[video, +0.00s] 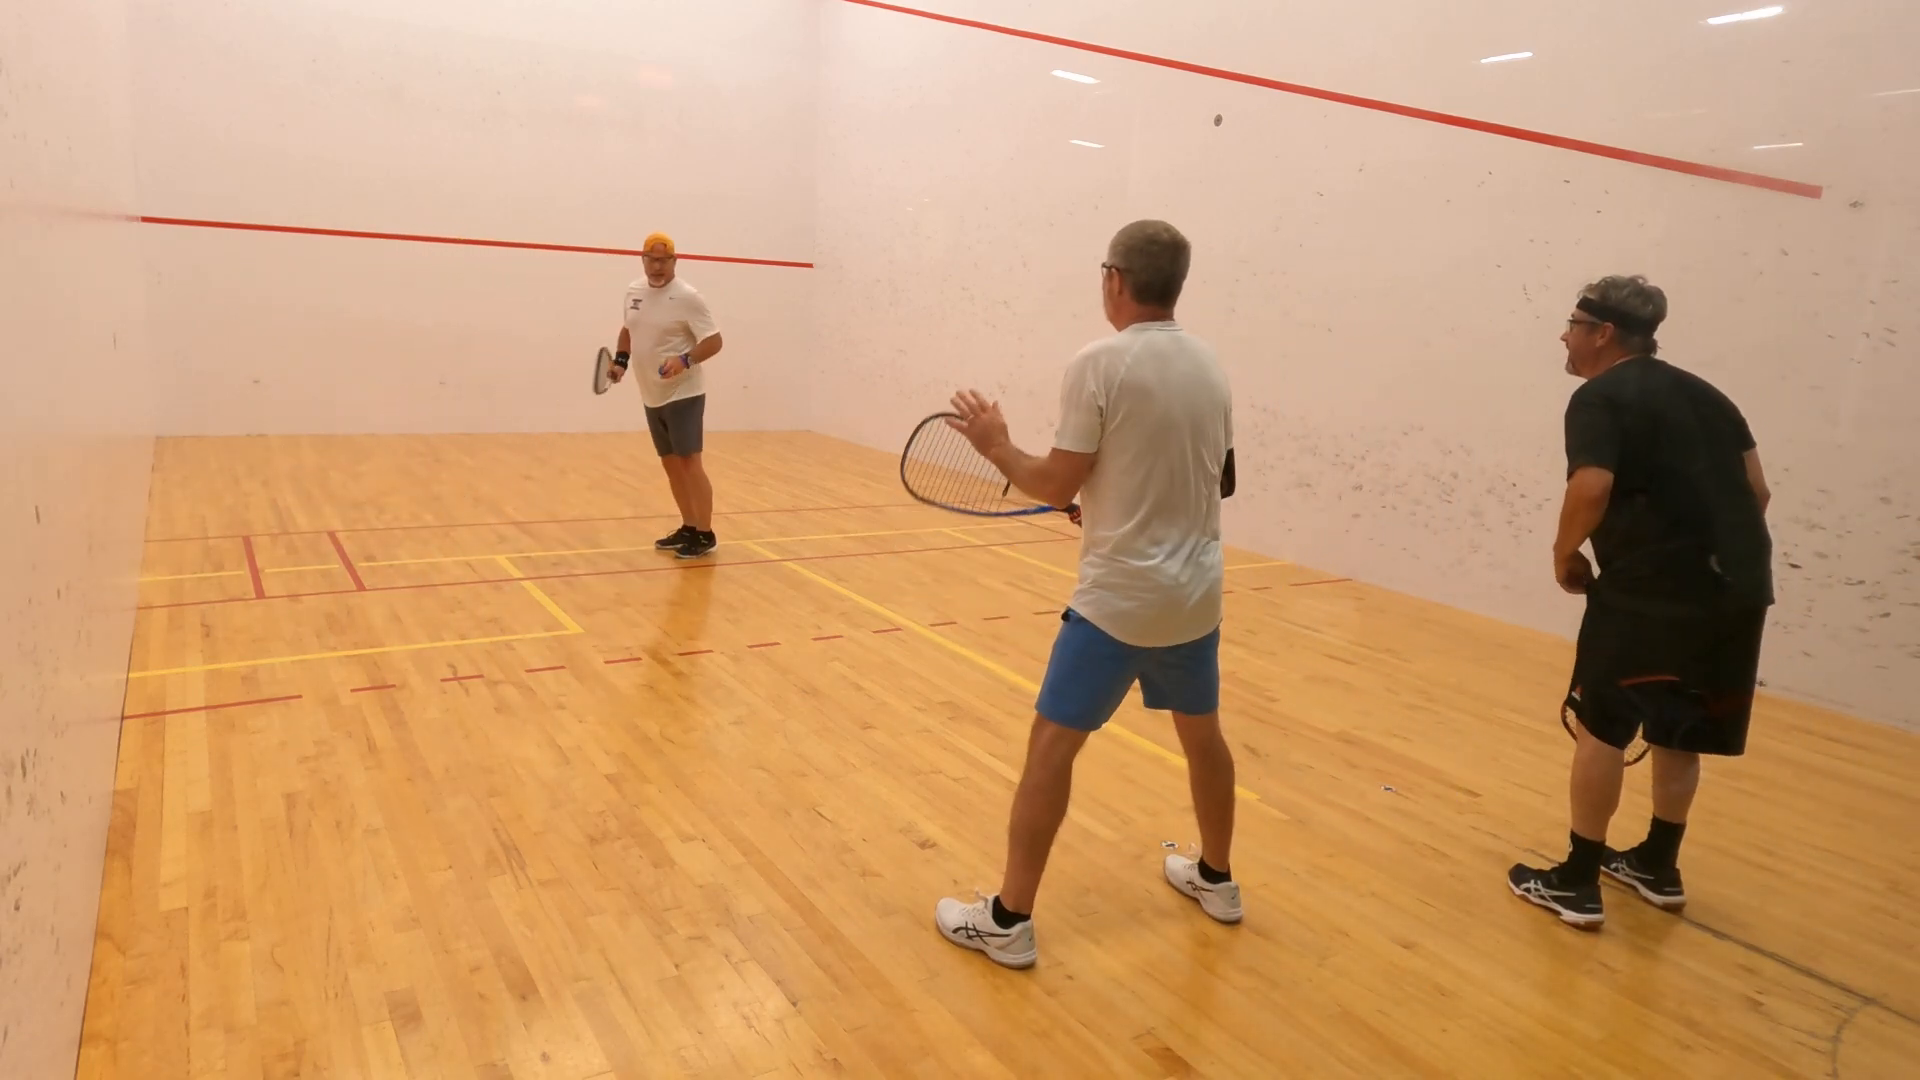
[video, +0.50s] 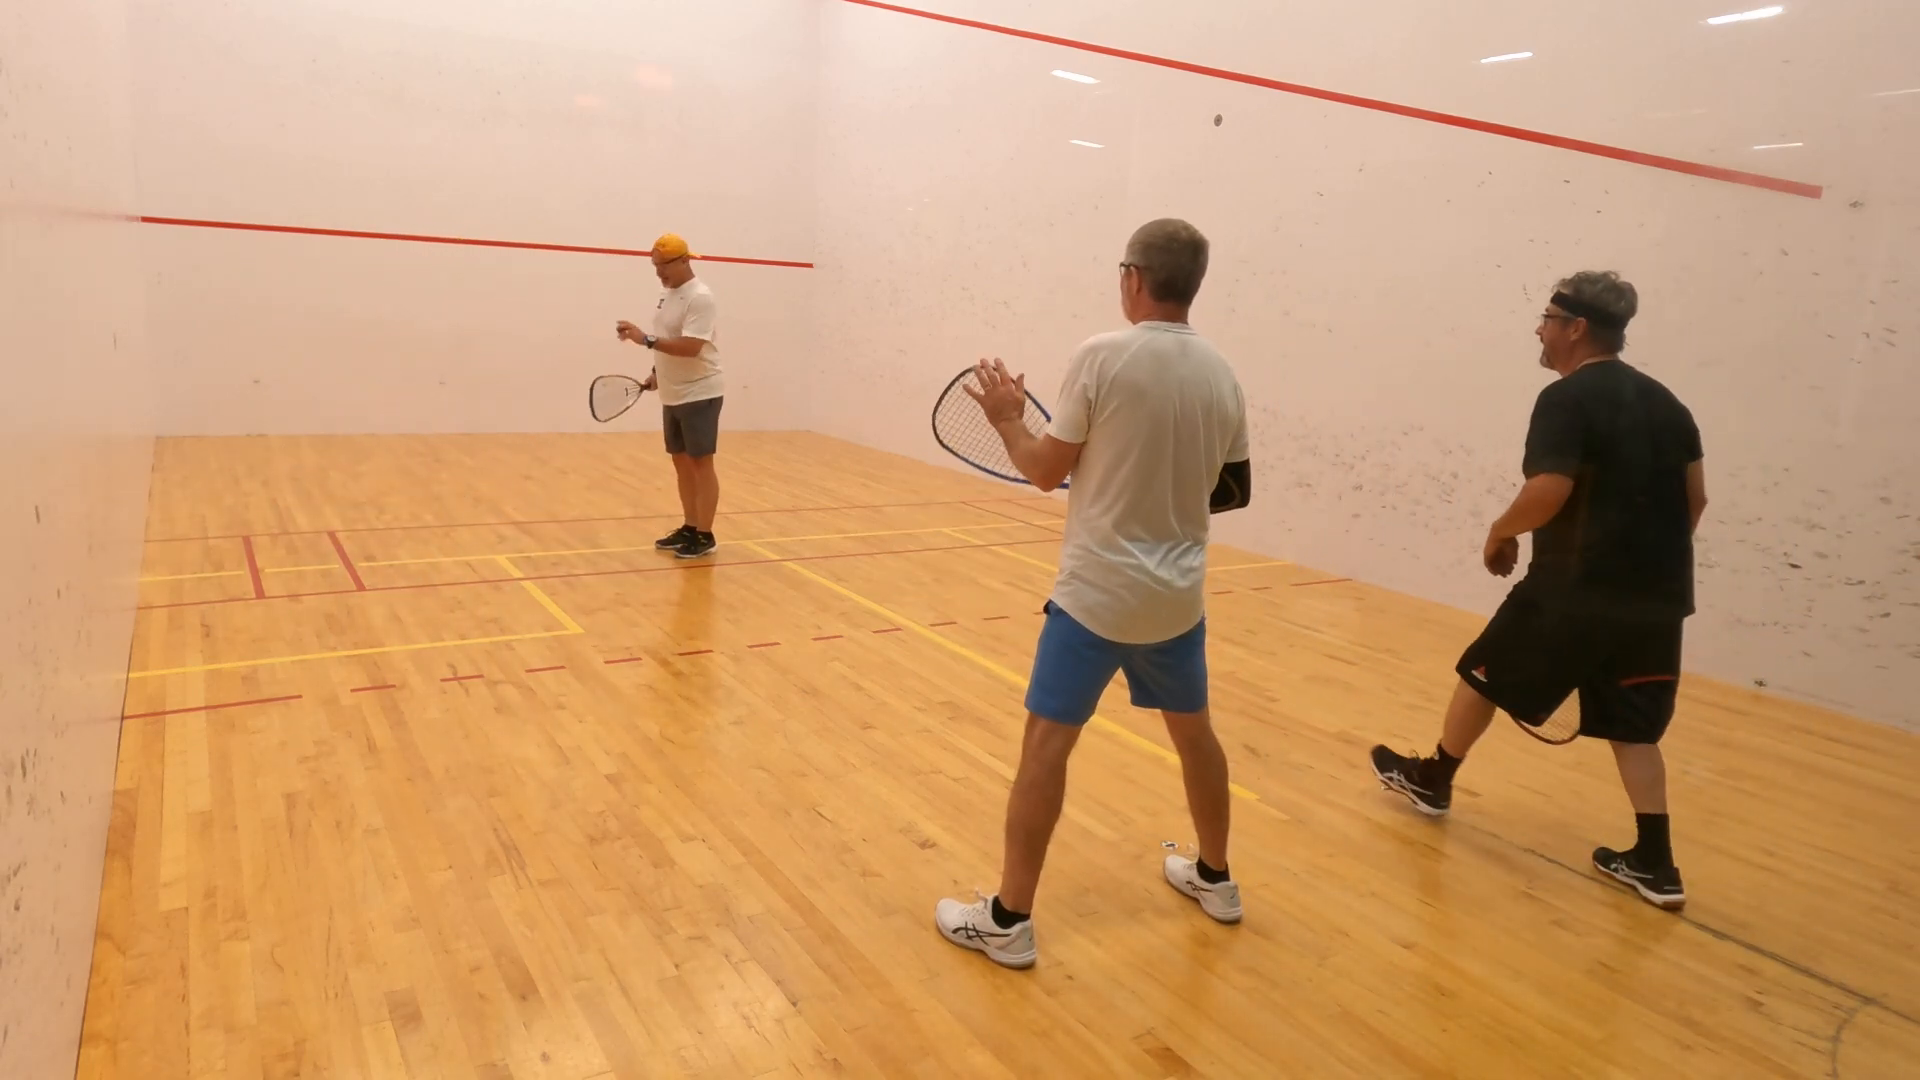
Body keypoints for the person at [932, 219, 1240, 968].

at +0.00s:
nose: (1101, 286)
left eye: (1104, 276)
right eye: (1106, 274)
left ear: (1116, 282)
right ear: (1176, 287)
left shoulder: (1101, 363)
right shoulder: (1205, 364)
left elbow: (1056, 482)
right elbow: (1216, 481)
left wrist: (996, 445)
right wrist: (1101, 503)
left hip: (1115, 598)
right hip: (1196, 595)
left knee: (1052, 746)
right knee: (1203, 731)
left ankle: (1009, 917)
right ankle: (1217, 876)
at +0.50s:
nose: (1119, 286)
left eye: (1122, 275)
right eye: (1126, 274)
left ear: (1134, 281)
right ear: (1194, 287)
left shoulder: (1104, 358)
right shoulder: (1219, 373)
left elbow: (1047, 470)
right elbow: (1231, 489)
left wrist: (1007, 417)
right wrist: (1144, 479)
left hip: (1095, 595)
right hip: (1179, 598)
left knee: (1046, 749)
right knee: (1195, 731)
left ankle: (1009, 917)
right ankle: (1216, 877)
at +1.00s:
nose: (1137, 295)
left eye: (1140, 284)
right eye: (1144, 283)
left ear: (1152, 290)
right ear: (1211, 299)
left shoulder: (1121, 364)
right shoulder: (1239, 386)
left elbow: (1062, 485)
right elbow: (1261, 500)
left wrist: (1033, 481)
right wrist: (1181, 513)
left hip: (1107, 598)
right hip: (1190, 605)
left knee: (1042, 741)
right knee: (1186, 726)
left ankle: (1008, 916)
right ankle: (1210, 874)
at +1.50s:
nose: (1238, 289)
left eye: (1244, 279)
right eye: (1243, 277)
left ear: (1260, 290)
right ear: (1316, 299)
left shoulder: (1236, 365)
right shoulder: (1331, 376)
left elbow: (1205, 489)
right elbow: (1314, 497)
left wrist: (1153, 522)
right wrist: (1185, 527)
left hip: (1225, 604)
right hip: (1286, 603)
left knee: (1172, 761)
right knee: (1226, 733)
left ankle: (1270, 939)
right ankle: (1212, 870)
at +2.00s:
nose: (1356, 278)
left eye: (1362, 268)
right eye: (1363, 265)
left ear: (1382, 286)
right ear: (1444, 295)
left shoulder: (1361, 389)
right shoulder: (1479, 389)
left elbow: (1350, 539)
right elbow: (1507, 523)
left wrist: (1299, 679)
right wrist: (1436, 601)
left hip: (1364, 657)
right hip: (1432, 653)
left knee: (1346, 843)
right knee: (1344, 790)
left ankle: (1381, 1034)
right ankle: (1339, 944)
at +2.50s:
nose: (1516, 263)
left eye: (1531, 251)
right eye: (1527, 248)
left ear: (1567, 279)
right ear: (1585, 284)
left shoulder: (1594, 386)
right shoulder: (1614, 377)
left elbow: (1627, 567)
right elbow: (1622, 566)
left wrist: (1482, 684)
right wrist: (1493, 680)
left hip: (1577, 728)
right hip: (1603, 724)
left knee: (1490, 938)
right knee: (1598, 913)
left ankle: (1545, 1075)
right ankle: (1607, 1074)